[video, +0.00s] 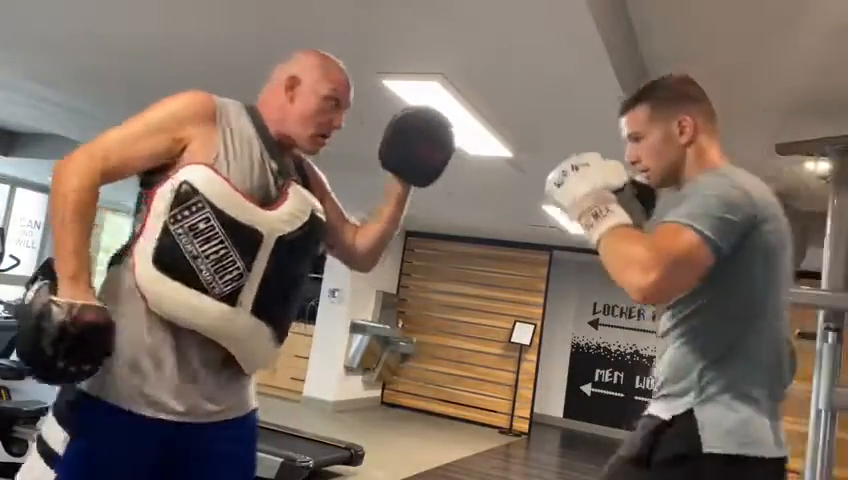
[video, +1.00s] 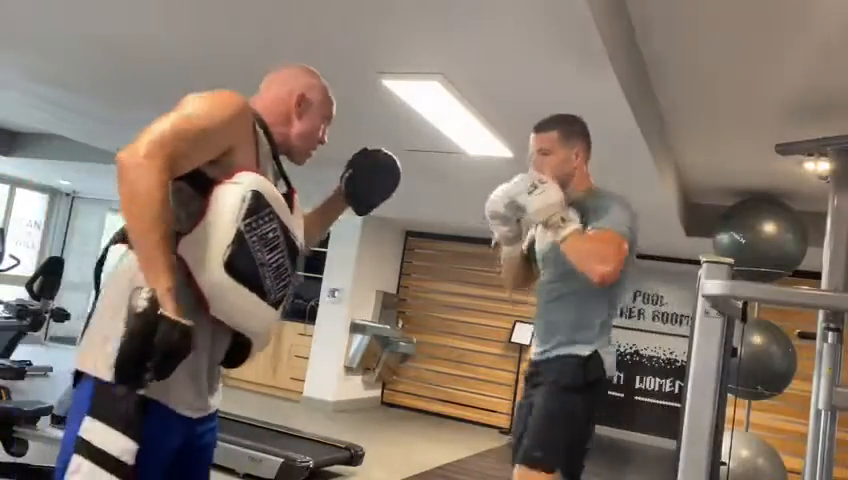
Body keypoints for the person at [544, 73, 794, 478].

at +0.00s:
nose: (630, 157)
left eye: (638, 139)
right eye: (628, 143)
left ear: (684, 129)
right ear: (685, 130)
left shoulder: (728, 190)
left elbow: (649, 276)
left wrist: (594, 210)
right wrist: (629, 219)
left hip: (715, 439)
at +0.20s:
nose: (564, 173)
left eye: (571, 156)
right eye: (562, 160)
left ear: (614, 149)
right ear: (615, 150)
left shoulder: (661, 210)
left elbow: (595, 302)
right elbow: (606, 292)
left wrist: (539, 238)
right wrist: (569, 240)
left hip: (649, 436)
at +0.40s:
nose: (526, 176)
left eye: (529, 163)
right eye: (523, 166)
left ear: (567, 149)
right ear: (568, 150)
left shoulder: (604, 202)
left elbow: (520, 270)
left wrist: (493, 201)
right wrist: (523, 209)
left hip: (600, 405)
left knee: (526, 471)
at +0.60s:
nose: (518, 173)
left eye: (522, 159)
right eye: (515, 162)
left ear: (556, 152)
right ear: (557, 152)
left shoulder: (584, 201)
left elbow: (511, 254)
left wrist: (489, 192)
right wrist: (511, 198)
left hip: (576, 392)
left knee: (529, 472)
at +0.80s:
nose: (518, 200)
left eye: (525, 188)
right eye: (517, 191)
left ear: (561, 187)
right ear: (559, 188)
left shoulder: (596, 240)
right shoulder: (558, 245)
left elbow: (554, 292)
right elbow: (525, 316)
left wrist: (517, 241)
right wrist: (510, 269)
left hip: (571, 406)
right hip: (550, 400)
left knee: (519, 472)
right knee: (517, 471)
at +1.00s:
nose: (534, 166)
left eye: (544, 154)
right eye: (532, 155)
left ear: (578, 157)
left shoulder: (611, 208)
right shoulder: (550, 213)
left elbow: (603, 267)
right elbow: (516, 280)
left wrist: (556, 218)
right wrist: (509, 233)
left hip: (576, 365)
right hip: (544, 362)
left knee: (532, 471)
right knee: (530, 469)